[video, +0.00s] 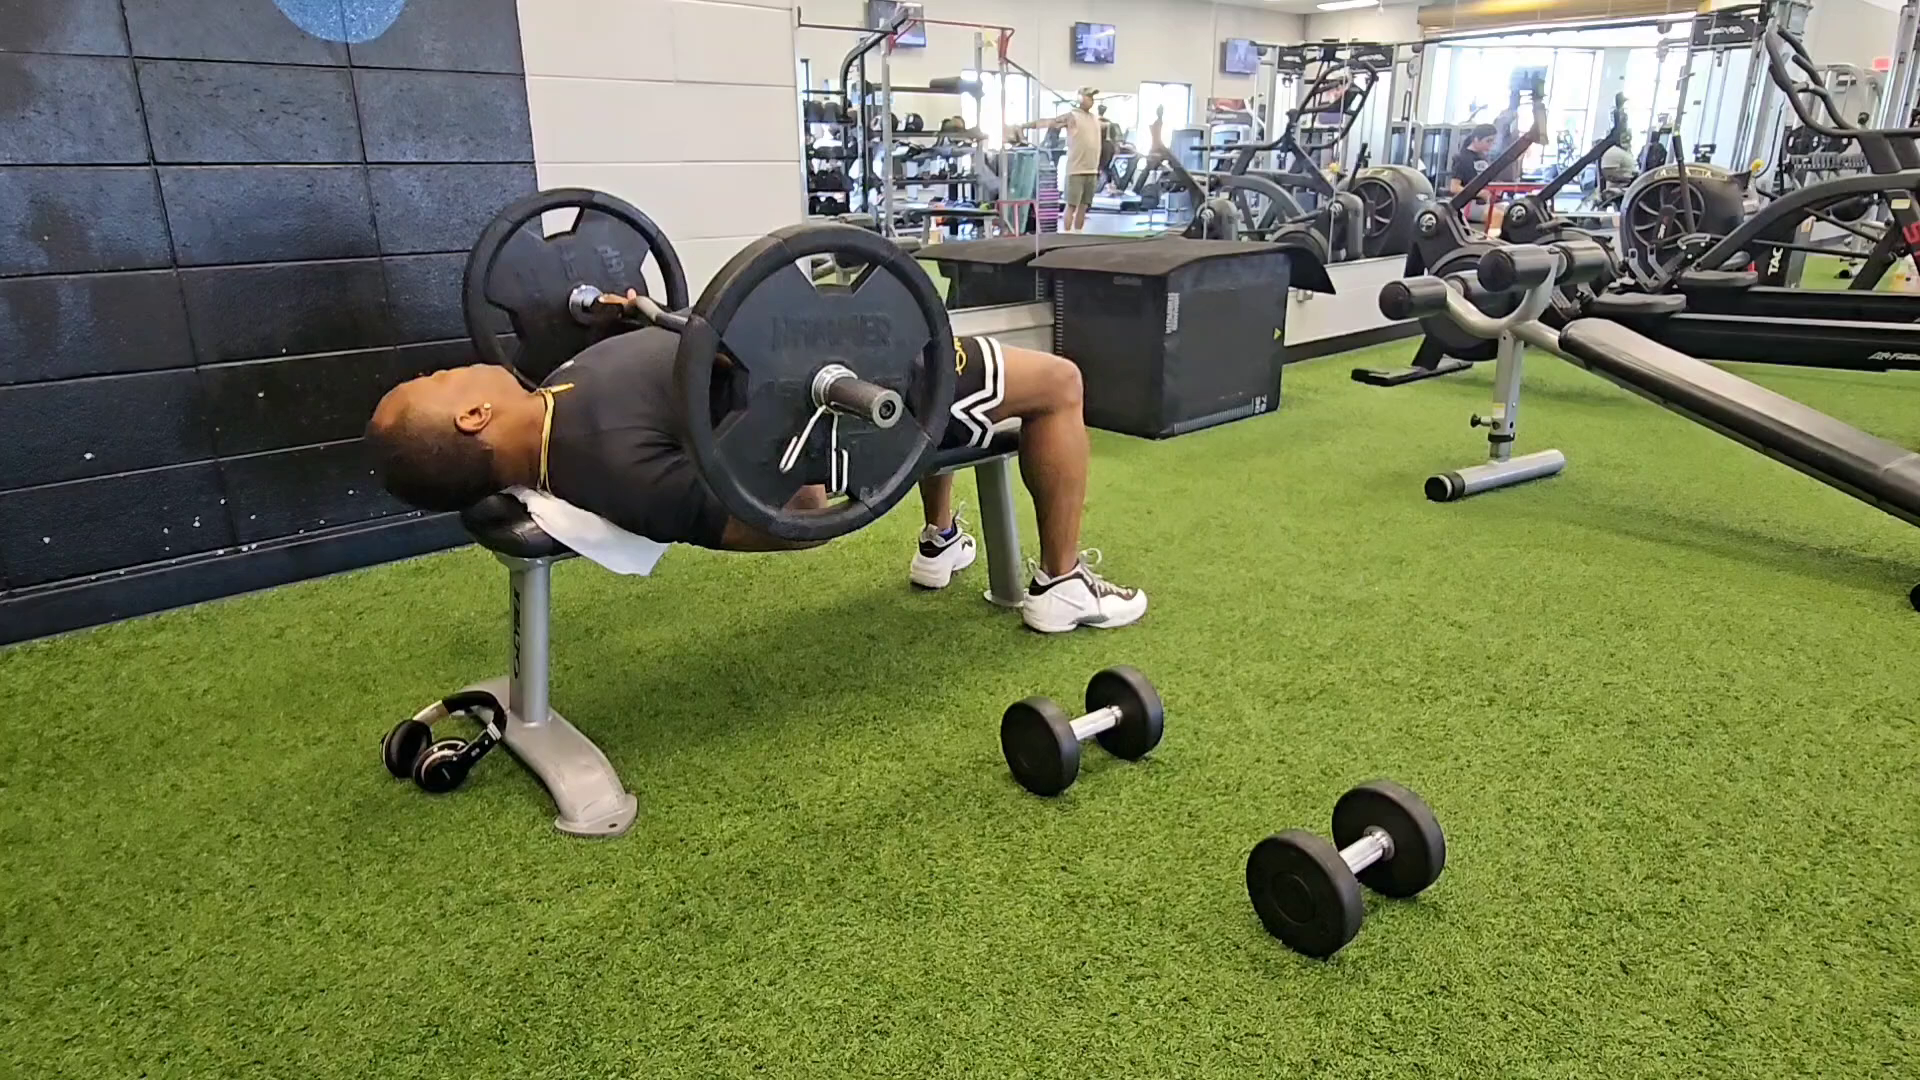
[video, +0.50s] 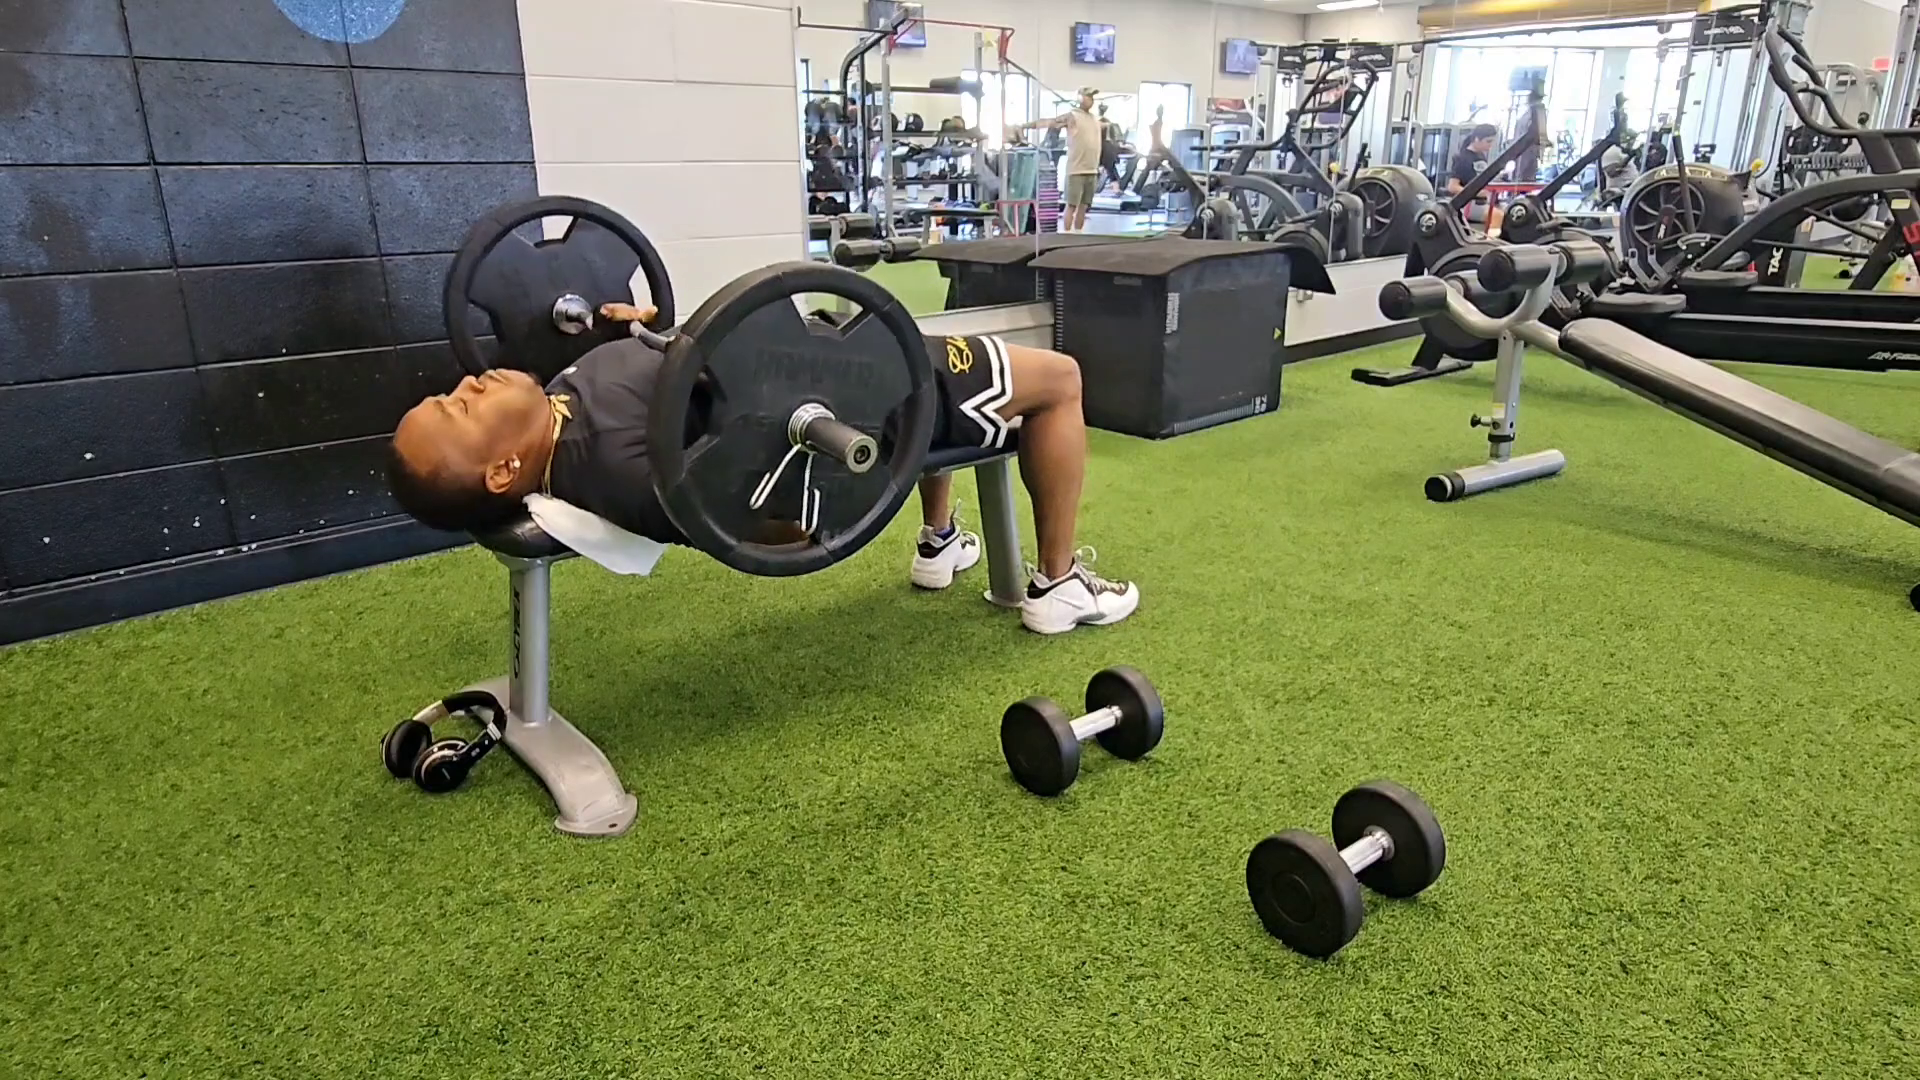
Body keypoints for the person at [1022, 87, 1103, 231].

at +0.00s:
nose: (1092, 100)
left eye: (1093, 97)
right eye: (1089, 97)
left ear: (1091, 100)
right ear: (1081, 98)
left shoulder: (1094, 118)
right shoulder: (1072, 116)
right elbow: (1049, 123)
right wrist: (1024, 126)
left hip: (1092, 168)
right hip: (1076, 168)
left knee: (1084, 206)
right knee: (1072, 205)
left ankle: (1078, 235)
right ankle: (1067, 235)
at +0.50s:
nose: (1092, 100)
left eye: (1093, 97)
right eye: (1089, 97)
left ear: (1091, 100)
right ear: (1081, 98)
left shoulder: (1093, 119)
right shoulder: (1072, 116)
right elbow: (1050, 123)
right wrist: (1025, 126)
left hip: (1091, 168)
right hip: (1076, 168)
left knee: (1084, 206)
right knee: (1072, 205)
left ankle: (1078, 235)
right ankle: (1067, 234)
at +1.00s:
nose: (1091, 100)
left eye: (1092, 97)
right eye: (1088, 97)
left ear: (1091, 100)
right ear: (1080, 98)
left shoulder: (1094, 119)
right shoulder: (1071, 116)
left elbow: (1101, 125)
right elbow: (1049, 123)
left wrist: (1108, 124)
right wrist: (1025, 126)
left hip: (1091, 168)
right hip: (1076, 168)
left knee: (1084, 206)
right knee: (1072, 205)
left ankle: (1078, 234)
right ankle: (1067, 234)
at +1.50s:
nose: (1091, 100)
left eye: (1091, 97)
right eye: (1088, 97)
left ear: (1090, 100)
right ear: (1080, 98)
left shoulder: (1094, 120)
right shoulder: (1071, 116)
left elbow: (1102, 125)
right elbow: (1048, 121)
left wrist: (1108, 125)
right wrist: (1022, 123)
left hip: (1091, 169)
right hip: (1075, 168)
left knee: (1084, 206)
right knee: (1072, 205)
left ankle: (1078, 235)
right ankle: (1067, 235)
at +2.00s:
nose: (1091, 100)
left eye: (1092, 97)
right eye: (1088, 97)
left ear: (1091, 100)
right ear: (1080, 98)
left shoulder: (1093, 120)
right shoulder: (1071, 116)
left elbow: (1103, 127)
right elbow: (1048, 122)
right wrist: (1023, 125)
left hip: (1091, 169)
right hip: (1075, 168)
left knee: (1083, 207)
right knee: (1072, 205)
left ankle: (1078, 235)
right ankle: (1067, 235)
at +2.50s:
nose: (1092, 100)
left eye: (1093, 97)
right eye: (1090, 96)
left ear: (1092, 100)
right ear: (1081, 98)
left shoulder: (1096, 120)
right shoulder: (1072, 116)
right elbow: (1048, 122)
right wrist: (1023, 125)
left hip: (1091, 169)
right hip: (1076, 169)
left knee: (1084, 207)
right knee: (1072, 206)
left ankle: (1078, 235)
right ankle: (1067, 235)